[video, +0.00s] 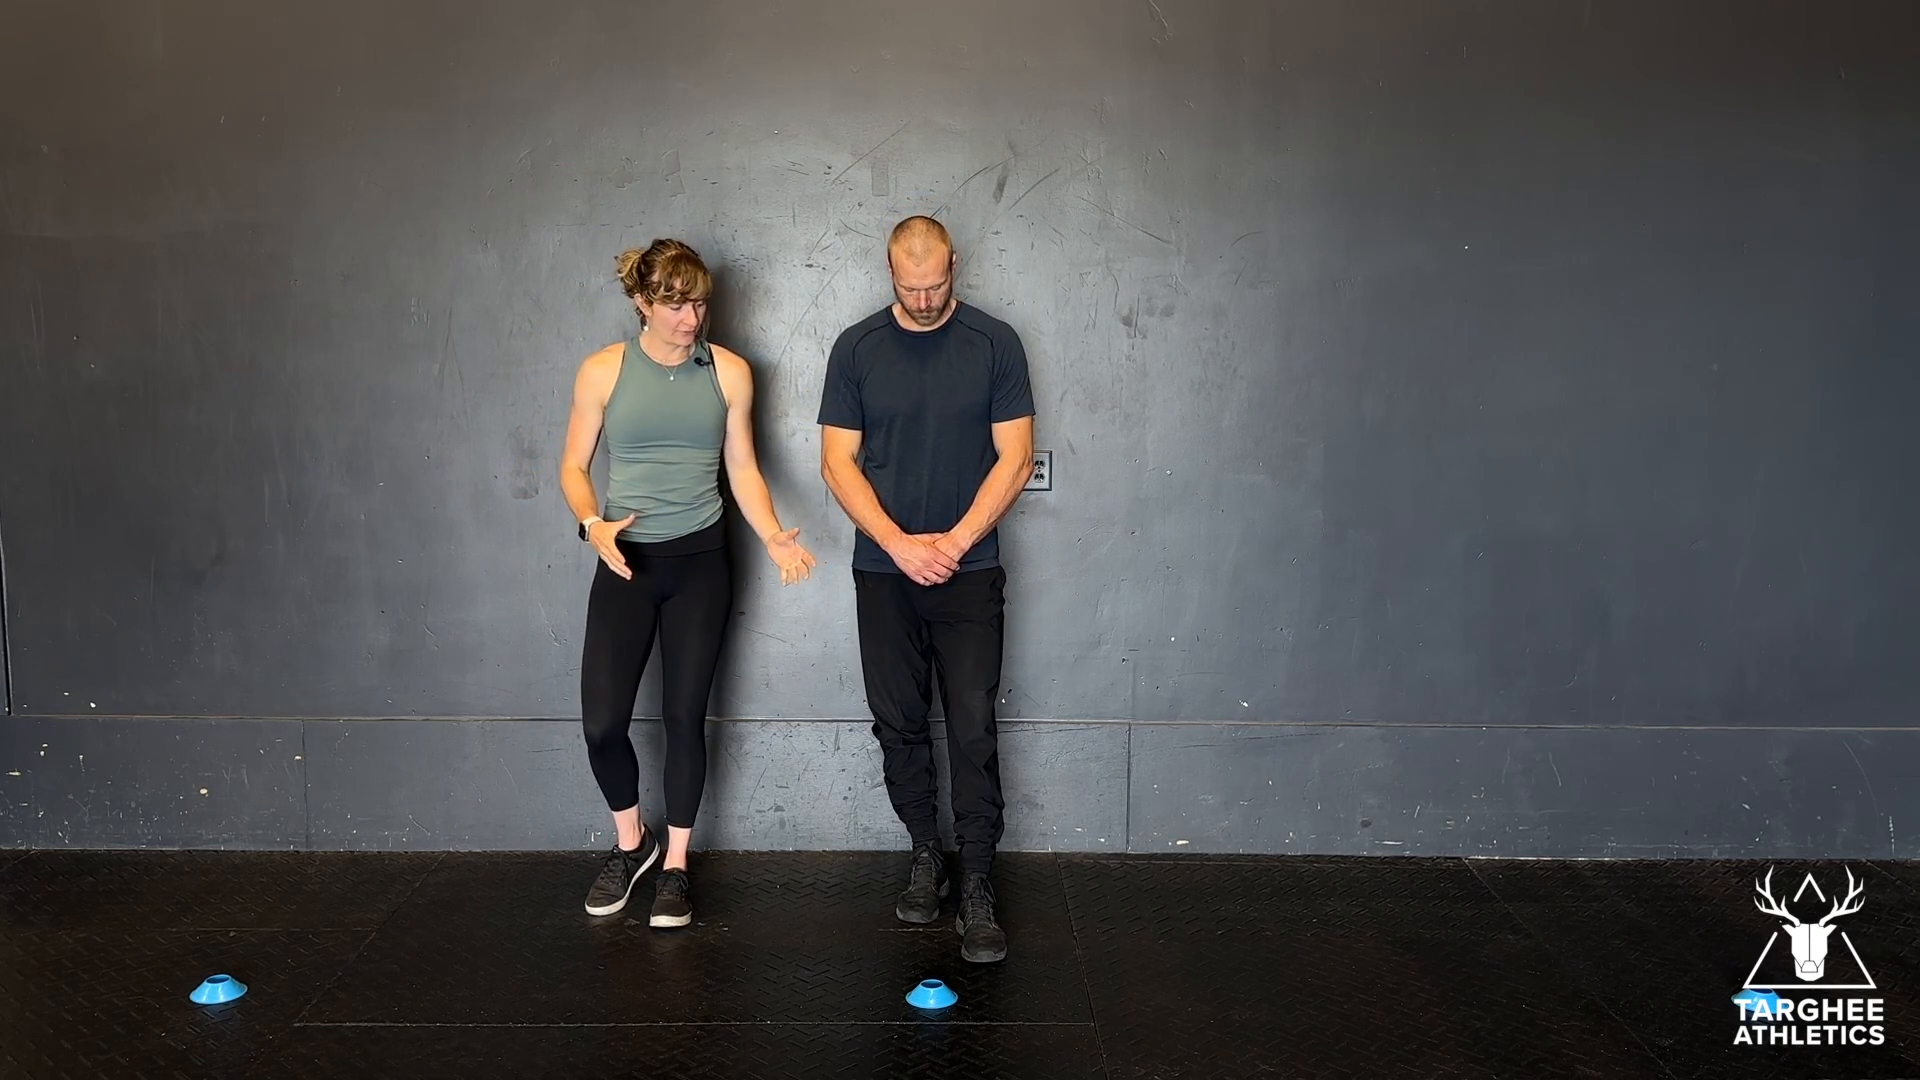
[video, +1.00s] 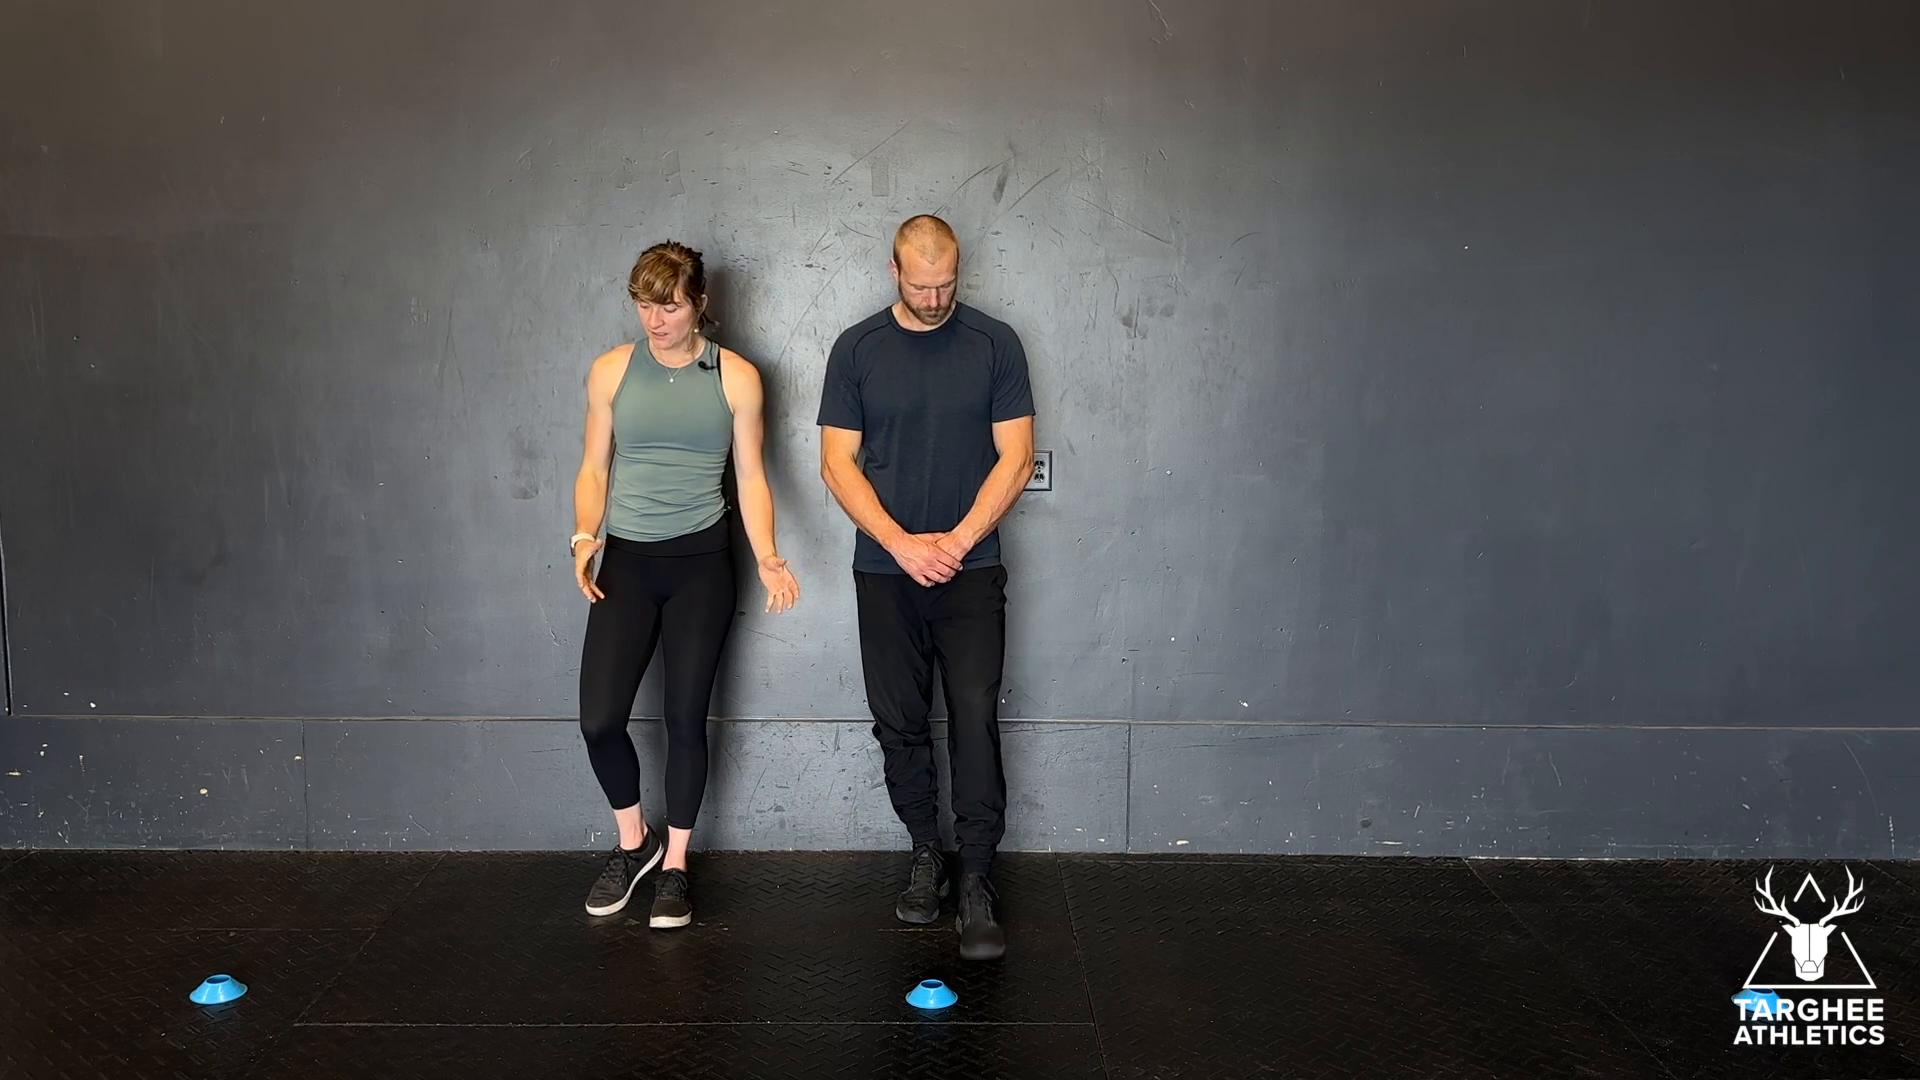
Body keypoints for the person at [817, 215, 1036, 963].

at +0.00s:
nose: (926, 297)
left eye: (936, 284)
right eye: (913, 287)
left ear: (951, 269)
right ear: (892, 275)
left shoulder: (993, 343)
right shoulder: (857, 347)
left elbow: (1017, 460)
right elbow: (837, 465)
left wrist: (953, 542)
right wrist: (896, 541)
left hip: (968, 571)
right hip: (885, 572)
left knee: (971, 731)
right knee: (899, 726)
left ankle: (977, 888)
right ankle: (928, 858)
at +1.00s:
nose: (934, 295)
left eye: (945, 283)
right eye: (923, 283)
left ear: (957, 271)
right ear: (897, 270)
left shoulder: (993, 344)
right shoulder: (856, 348)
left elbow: (1016, 461)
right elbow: (837, 466)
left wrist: (955, 542)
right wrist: (898, 541)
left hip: (970, 568)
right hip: (886, 570)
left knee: (975, 718)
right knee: (900, 723)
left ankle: (977, 876)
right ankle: (927, 856)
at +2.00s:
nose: (900, 300)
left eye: (911, 287)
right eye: (888, 288)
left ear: (937, 270)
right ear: (872, 277)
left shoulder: (988, 342)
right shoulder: (852, 351)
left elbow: (1014, 459)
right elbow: (834, 467)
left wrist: (950, 541)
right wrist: (890, 541)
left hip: (968, 572)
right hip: (883, 573)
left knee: (974, 727)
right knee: (897, 728)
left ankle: (977, 884)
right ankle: (929, 858)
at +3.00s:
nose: (910, 299)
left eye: (920, 287)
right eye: (898, 288)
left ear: (941, 270)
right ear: (880, 275)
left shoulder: (987, 341)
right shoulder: (850, 348)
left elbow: (1012, 457)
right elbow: (832, 463)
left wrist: (951, 538)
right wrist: (891, 539)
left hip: (966, 565)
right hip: (881, 566)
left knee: (974, 719)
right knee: (897, 721)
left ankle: (976, 871)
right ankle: (926, 853)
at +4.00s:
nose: (934, 294)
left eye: (943, 282)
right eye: (921, 283)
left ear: (954, 270)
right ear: (893, 272)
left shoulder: (990, 339)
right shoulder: (854, 352)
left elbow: (1019, 453)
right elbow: (845, 464)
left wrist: (962, 535)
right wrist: (901, 537)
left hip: (975, 559)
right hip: (888, 561)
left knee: (986, 709)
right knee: (899, 715)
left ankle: (978, 849)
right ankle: (925, 853)